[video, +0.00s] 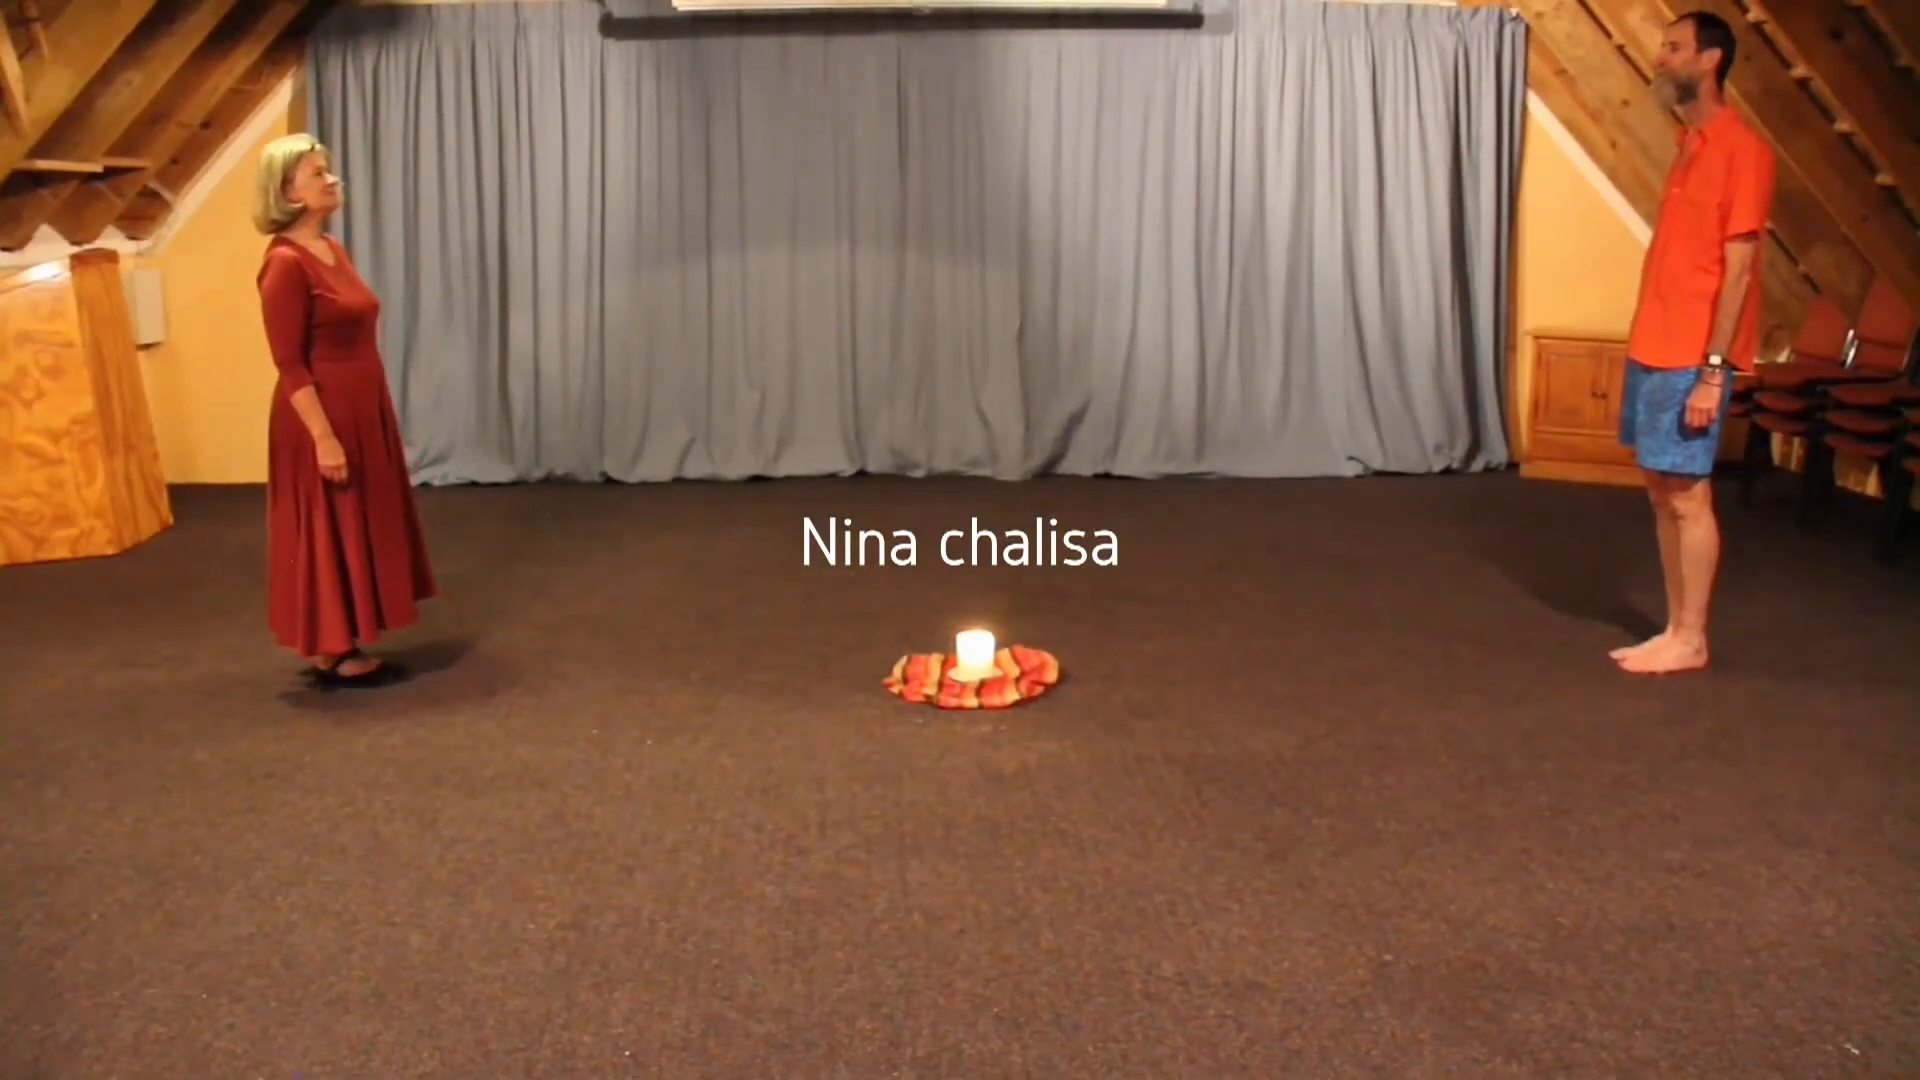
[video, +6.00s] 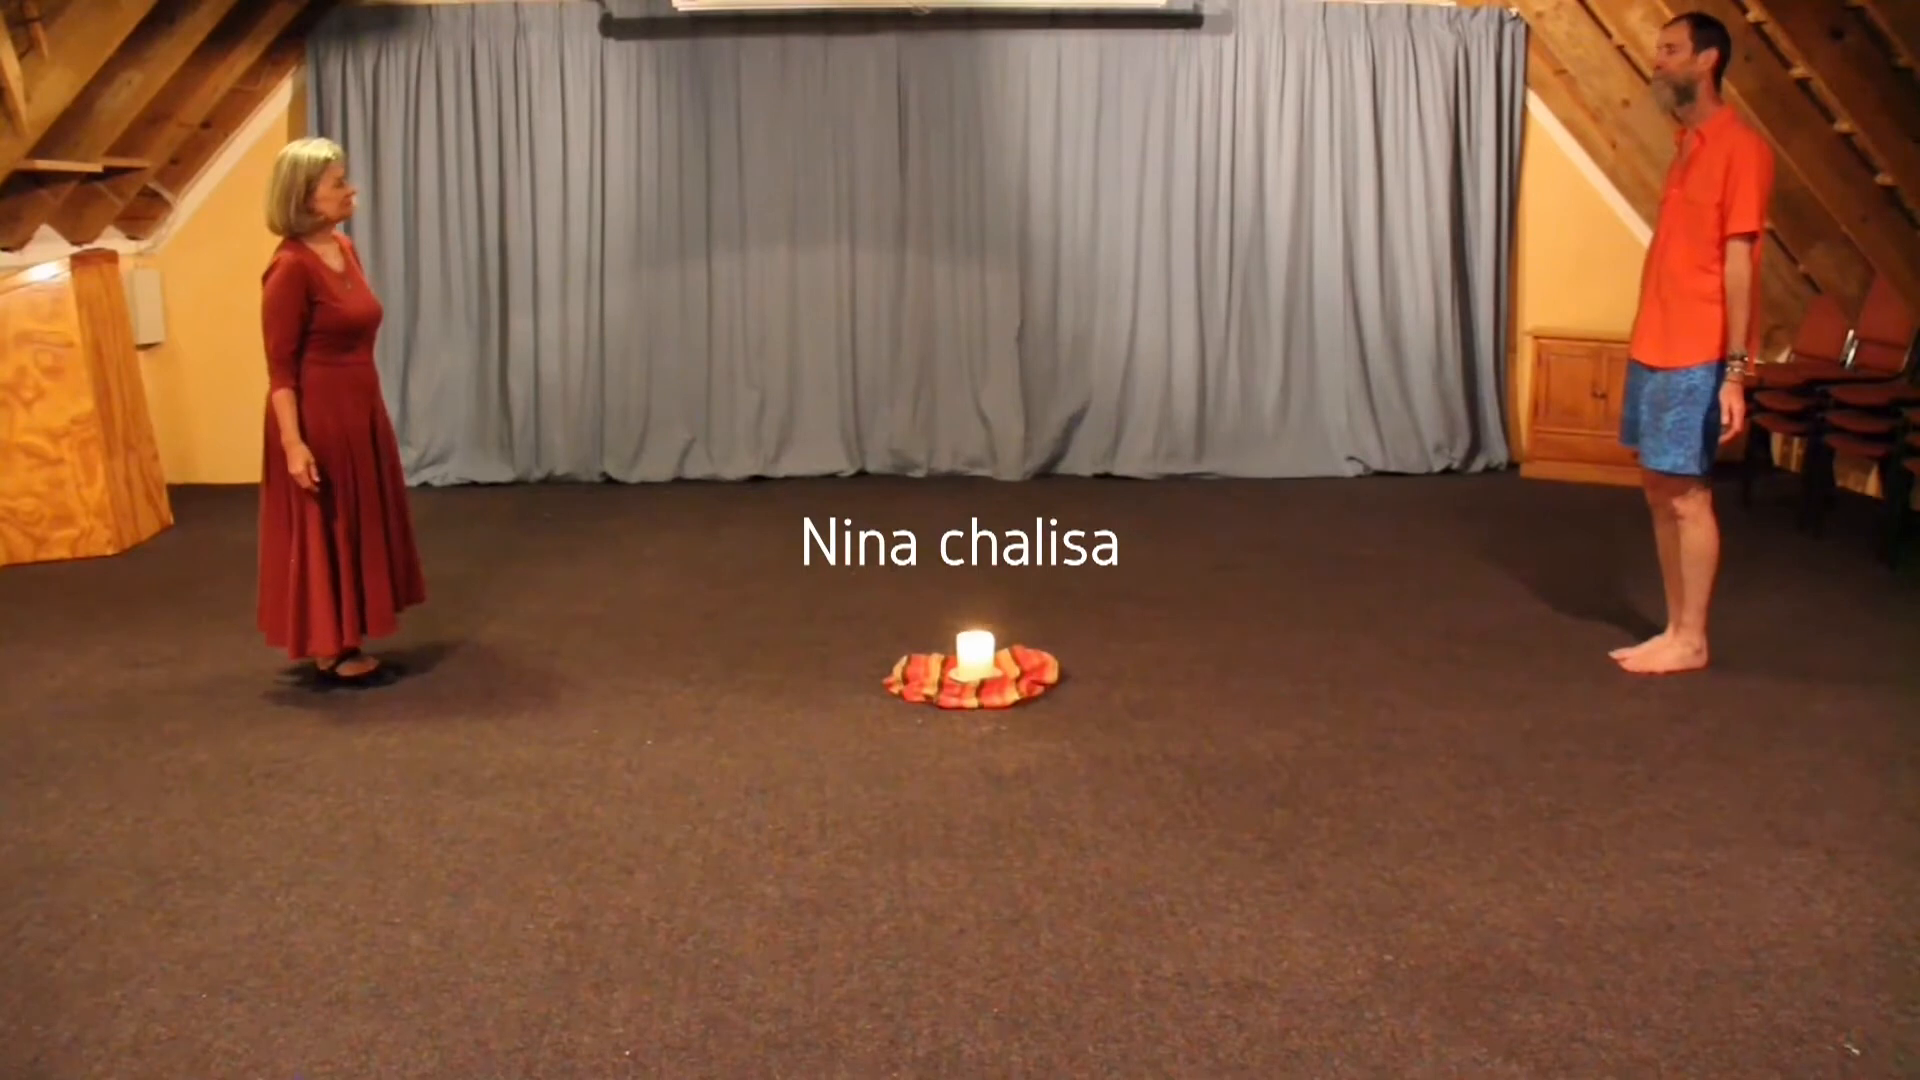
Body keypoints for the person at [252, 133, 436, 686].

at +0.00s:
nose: (334, 180)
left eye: (330, 171)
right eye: (320, 173)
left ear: (312, 190)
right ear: (290, 193)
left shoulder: (332, 249)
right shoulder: (283, 263)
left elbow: (352, 343)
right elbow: (289, 362)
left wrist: (375, 414)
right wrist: (323, 436)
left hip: (358, 405)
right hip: (320, 411)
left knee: (350, 522)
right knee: (325, 526)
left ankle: (342, 643)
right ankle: (330, 648)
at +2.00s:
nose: (330, 186)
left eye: (327, 176)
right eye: (318, 178)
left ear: (318, 186)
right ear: (287, 191)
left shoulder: (324, 249)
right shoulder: (275, 262)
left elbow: (339, 343)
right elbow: (274, 362)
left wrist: (361, 409)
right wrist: (306, 436)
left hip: (344, 403)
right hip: (306, 410)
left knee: (342, 521)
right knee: (314, 525)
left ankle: (339, 642)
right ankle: (324, 648)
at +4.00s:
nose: (358, 181)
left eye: (356, 171)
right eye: (345, 173)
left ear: (348, 183)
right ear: (314, 189)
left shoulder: (356, 248)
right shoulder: (306, 261)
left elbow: (371, 343)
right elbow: (303, 361)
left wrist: (392, 413)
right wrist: (321, 437)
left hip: (376, 405)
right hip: (337, 411)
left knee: (367, 520)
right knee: (338, 524)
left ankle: (354, 644)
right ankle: (339, 649)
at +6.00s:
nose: (349, 191)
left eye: (346, 181)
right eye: (337, 185)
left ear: (335, 191)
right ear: (306, 198)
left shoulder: (342, 248)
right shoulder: (290, 268)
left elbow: (352, 340)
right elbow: (280, 366)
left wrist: (369, 408)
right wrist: (292, 442)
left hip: (357, 404)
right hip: (318, 410)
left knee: (352, 519)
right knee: (324, 523)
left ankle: (343, 641)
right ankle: (330, 647)